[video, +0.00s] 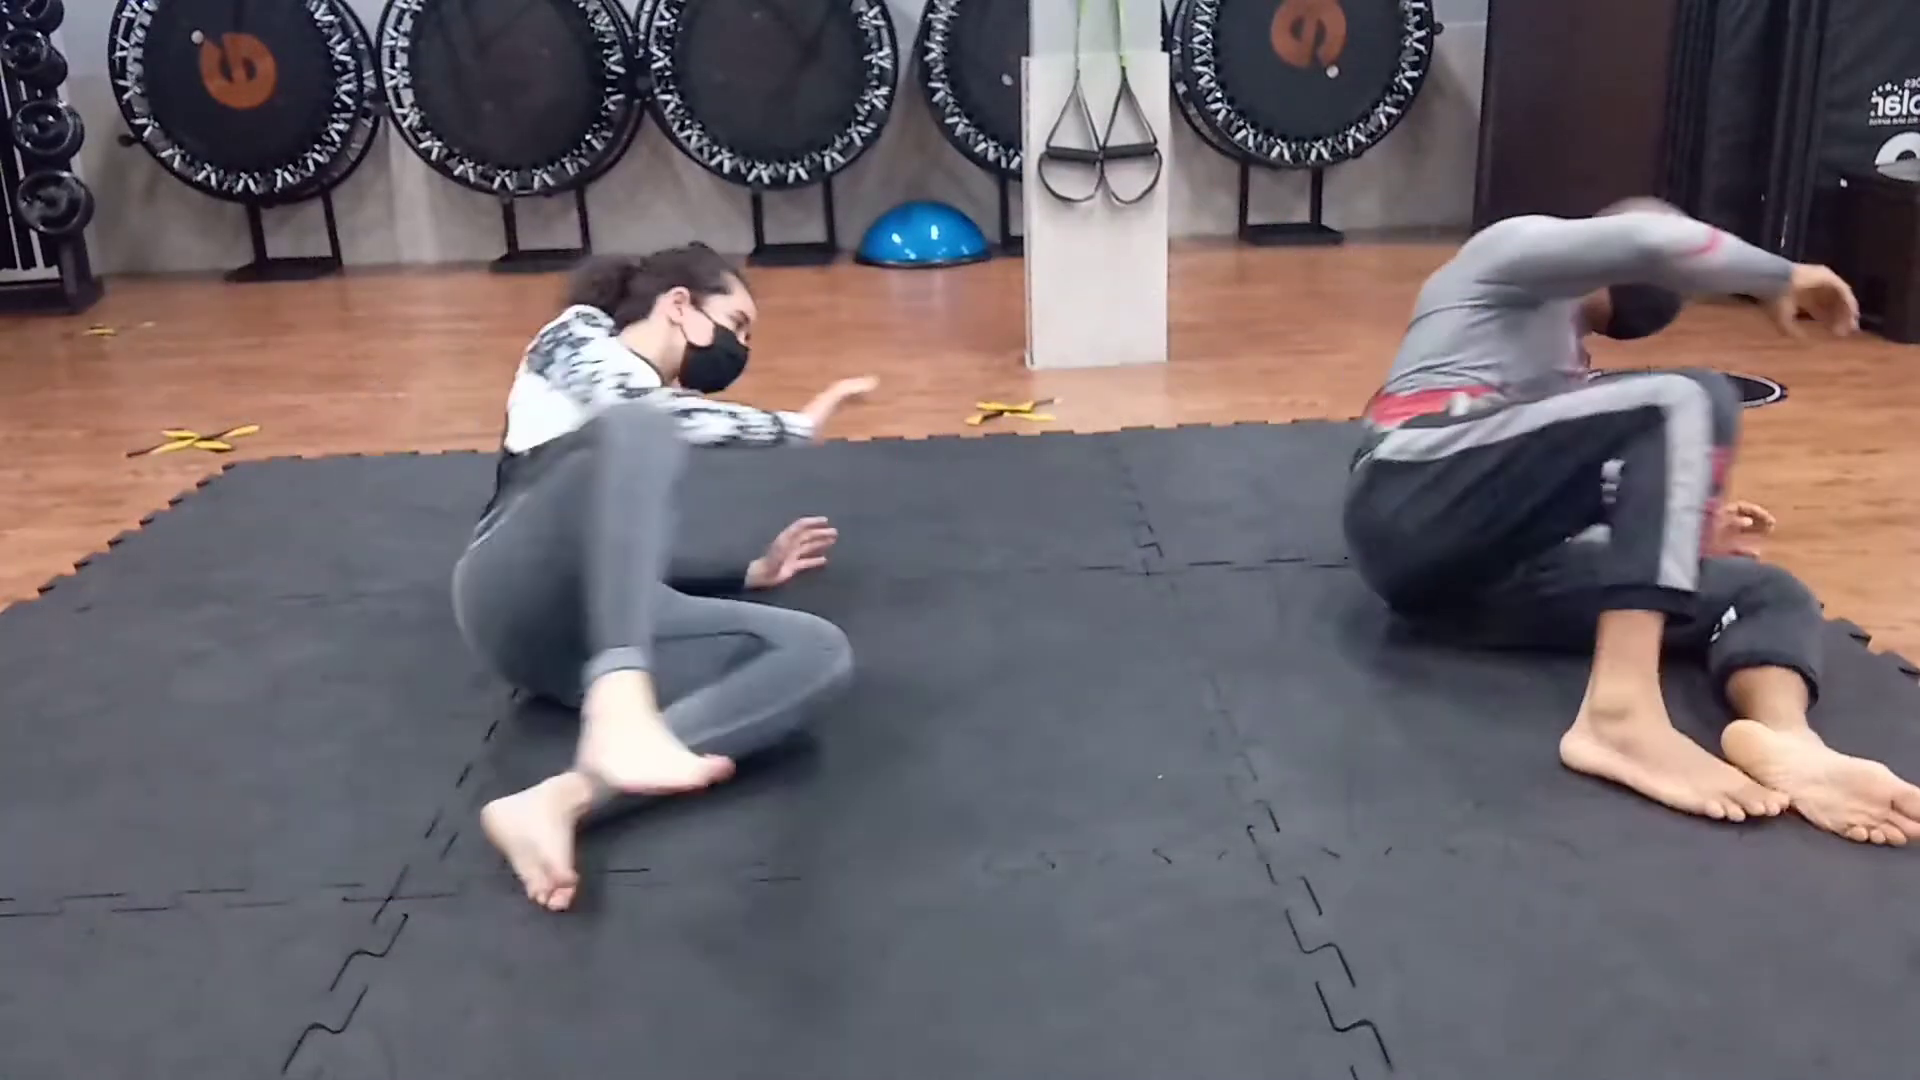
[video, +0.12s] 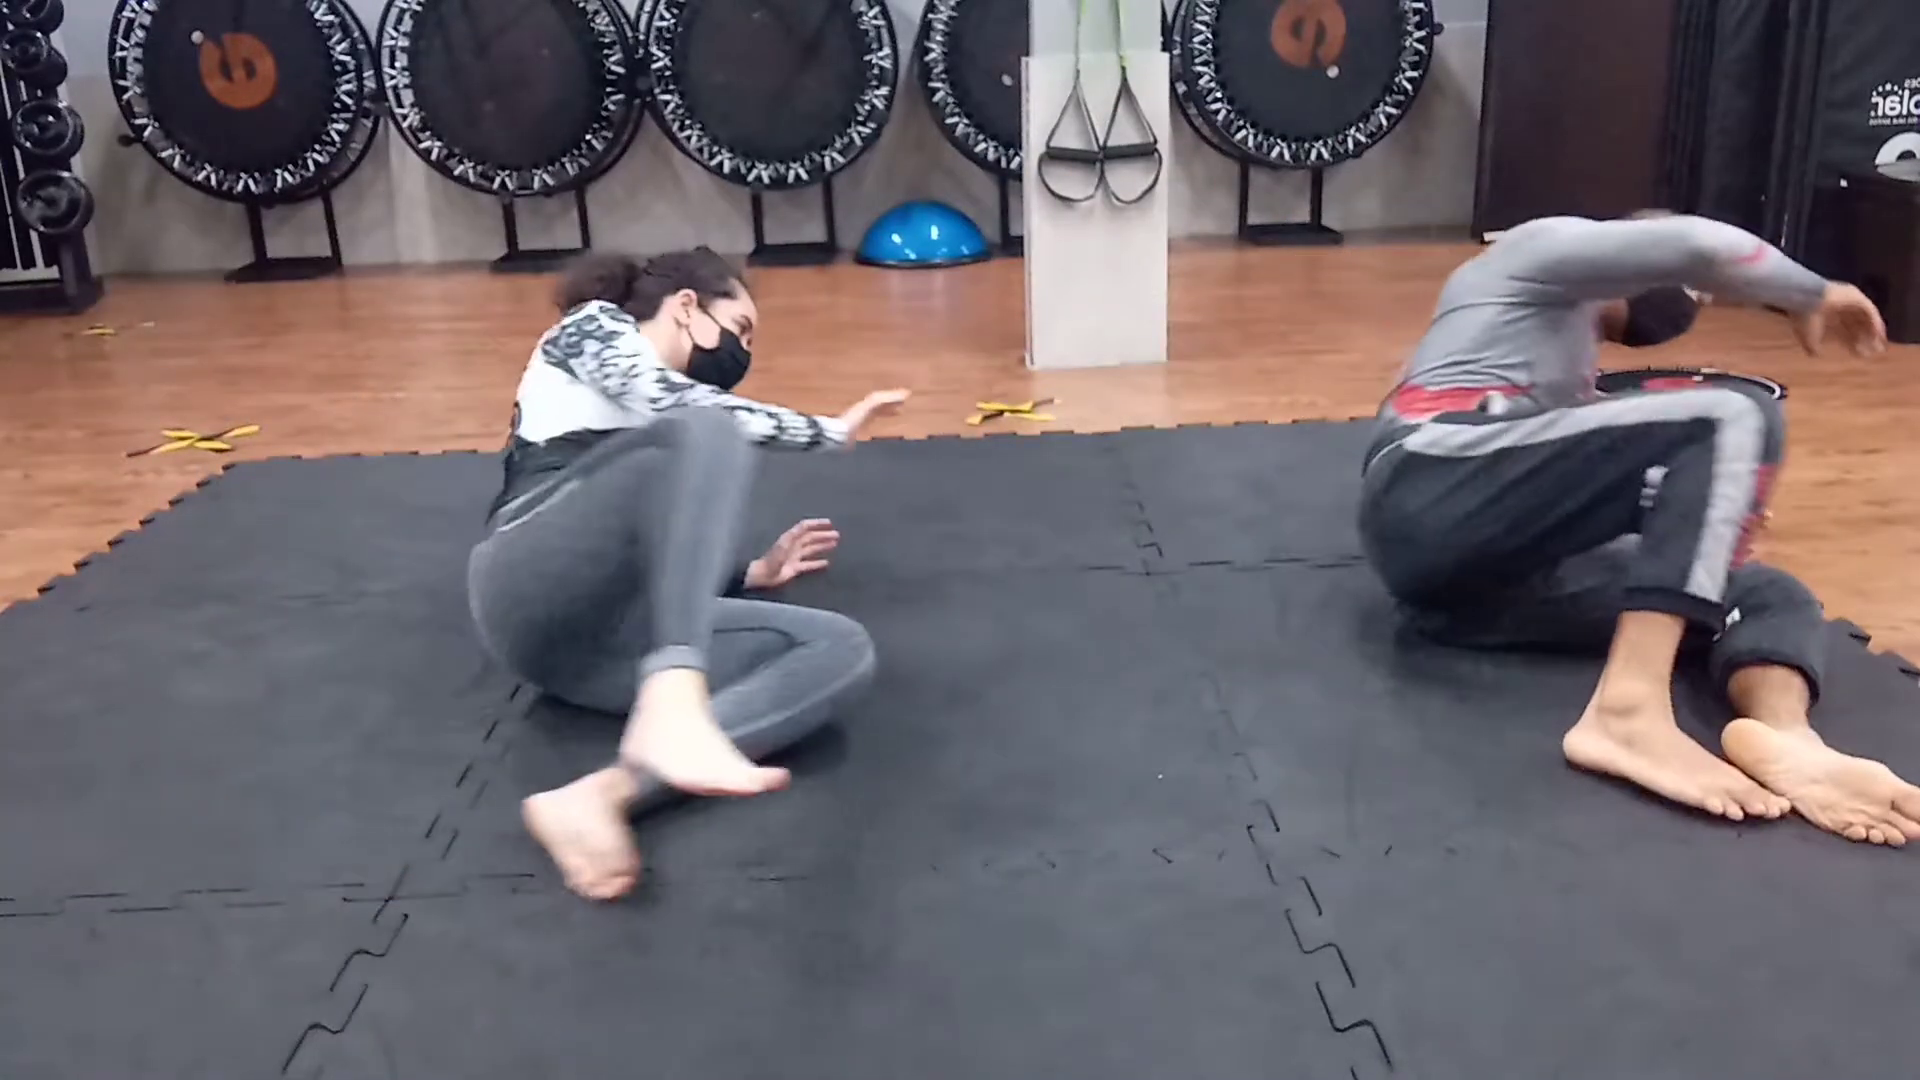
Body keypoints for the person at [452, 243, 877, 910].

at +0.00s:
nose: (742, 349)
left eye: (746, 336)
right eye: (735, 326)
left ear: (679, 314)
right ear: (677, 306)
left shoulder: (659, 408)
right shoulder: (575, 334)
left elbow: (622, 570)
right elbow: (650, 415)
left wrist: (749, 576)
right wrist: (796, 426)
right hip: (512, 599)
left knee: (819, 650)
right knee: (642, 423)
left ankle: (557, 800)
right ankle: (619, 702)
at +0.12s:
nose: (743, 357)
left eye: (748, 344)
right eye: (740, 333)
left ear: (683, 314)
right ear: (685, 307)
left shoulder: (659, 412)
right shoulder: (592, 326)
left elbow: (623, 566)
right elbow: (662, 401)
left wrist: (753, 573)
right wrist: (830, 431)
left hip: (607, 653)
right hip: (526, 589)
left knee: (843, 647)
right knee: (710, 427)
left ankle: (600, 796)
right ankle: (671, 703)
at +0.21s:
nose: (740, 364)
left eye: (745, 351)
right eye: (738, 341)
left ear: (684, 319)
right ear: (687, 310)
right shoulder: (598, 324)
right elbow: (686, 403)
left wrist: (750, 575)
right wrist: (842, 435)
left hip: (610, 656)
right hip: (533, 584)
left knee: (857, 647)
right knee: (743, 435)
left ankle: (637, 796)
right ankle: (703, 700)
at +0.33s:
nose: (733, 365)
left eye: (736, 355)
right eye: (730, 343)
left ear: (680, 325)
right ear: (683, 315)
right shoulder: (607, 323)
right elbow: (708, 401)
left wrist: (766, 556)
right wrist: (852, 437)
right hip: (551, 567)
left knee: (881, 665)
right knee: (795, 446)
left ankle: (696, 802)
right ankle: (708, 689)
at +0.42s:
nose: (725, 363)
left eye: (730, 353)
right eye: (724, 342)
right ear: (682, 313)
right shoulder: (612, 324)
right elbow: (730, 400)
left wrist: (779, 554)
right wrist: (861, 436)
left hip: (609, 665)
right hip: (562, 561)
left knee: (886, 666)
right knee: (823, 446)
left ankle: (707, 795)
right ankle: (717, 675)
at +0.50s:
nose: (724, 362)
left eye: (728, 351)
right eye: (723, 342)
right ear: (682, 312)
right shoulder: (620, 326)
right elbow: (740, 395)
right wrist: (877, 431)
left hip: (598, 664)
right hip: (569, 554)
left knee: (887, 668)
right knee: (835, 451)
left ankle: (704, 797)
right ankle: (741, 667)